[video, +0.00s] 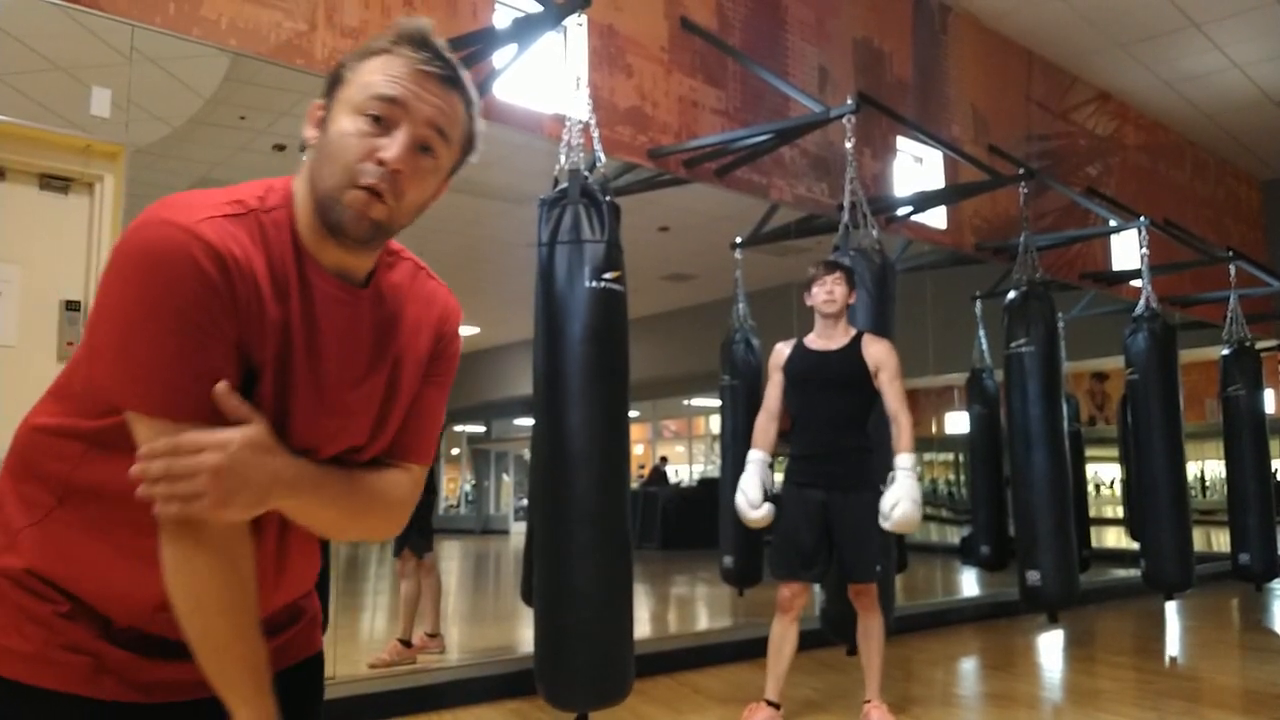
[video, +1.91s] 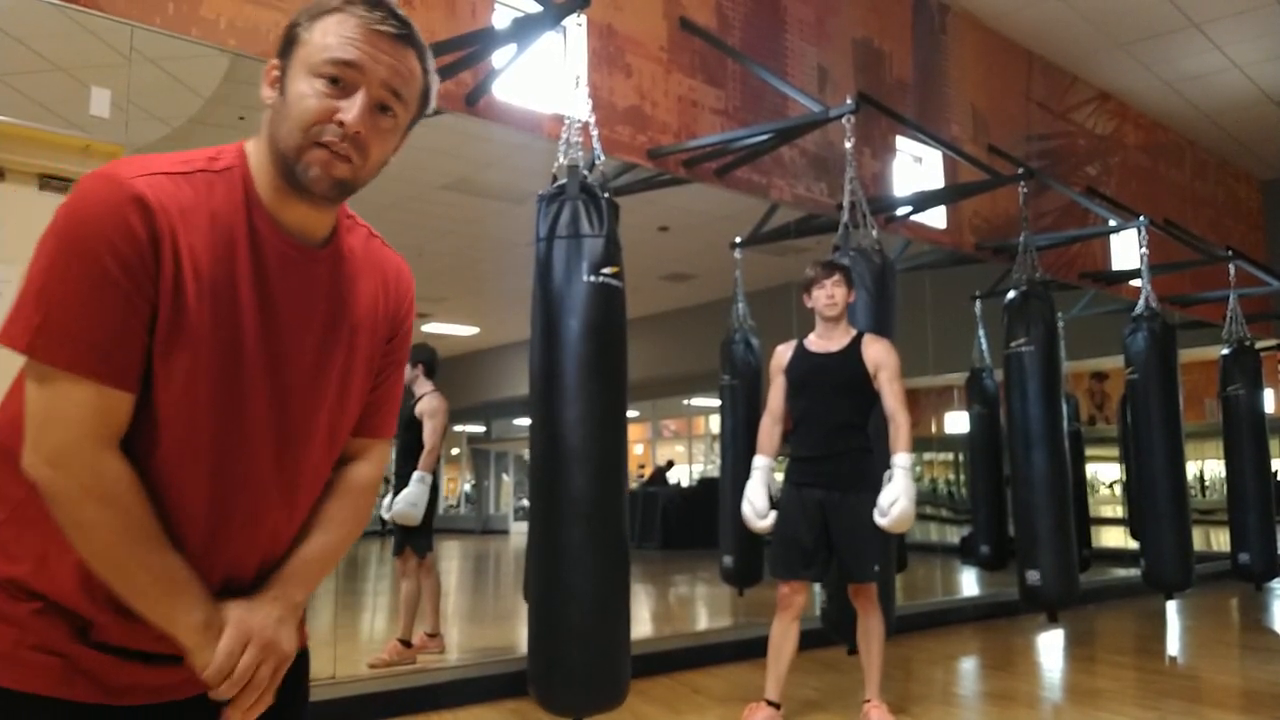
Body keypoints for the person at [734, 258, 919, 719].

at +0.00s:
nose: (827, 289)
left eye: (835, 283)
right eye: (819, 284)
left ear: (851, 296)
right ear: (809, 297)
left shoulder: (876, 350)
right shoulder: (785, 353)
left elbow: (899, 417)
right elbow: (768, 417)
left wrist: (905, 475)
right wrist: (755, 470)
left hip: (859, 491)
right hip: (801, 490)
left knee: (865, 596)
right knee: (788, 598)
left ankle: (873, 701)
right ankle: (770, 702)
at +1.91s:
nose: (829, 293)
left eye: (836, 286)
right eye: (821, 287)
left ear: (850, 296)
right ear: (809, 298)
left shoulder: (876, 350)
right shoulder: (786, 354)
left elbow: (897, 417)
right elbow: (772, 419)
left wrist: (901, 474)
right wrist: (760, 476)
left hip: (859, 491)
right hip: (801, 491)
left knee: (865, 595)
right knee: (788, 597)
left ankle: (873, 701)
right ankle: (770, 703)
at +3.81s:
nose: (831, 295)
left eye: (839, 288)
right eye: (823, 289)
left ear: (853, 296)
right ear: (811, 299)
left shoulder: (879, 351)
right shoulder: (790, 355)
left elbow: (898, 418)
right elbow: (776, 421)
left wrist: (898, 474)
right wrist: (762, 478)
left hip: (859, 492)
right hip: (802, 492)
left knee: (866, 597)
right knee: (791, 599)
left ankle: (873, 701)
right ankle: (770, 703)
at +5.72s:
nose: (800, 294)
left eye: (809, 287)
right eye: (795, 289)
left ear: (831, 295)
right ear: (790, 301)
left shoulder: (861, 347)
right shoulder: (783, 356)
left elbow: (886, 417)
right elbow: (773, 423)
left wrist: (881, 477)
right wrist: (758, 482)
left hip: (849, 491)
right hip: (795, 492)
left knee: (862, 596)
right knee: (780, 596)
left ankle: (873, 700)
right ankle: (770, 702)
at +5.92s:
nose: (784, 293)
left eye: (794, 286)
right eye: (779, 288)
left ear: (816, 296)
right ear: (773, 300)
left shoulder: (845, 344)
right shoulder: (769, 357)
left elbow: (871, 414)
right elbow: (763, 424)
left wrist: (866, 475)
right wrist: (749, 484)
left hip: (837, 490)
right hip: (782, 492)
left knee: (853, 596)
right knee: (775, 596)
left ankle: (873, 700)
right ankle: (769, 703)